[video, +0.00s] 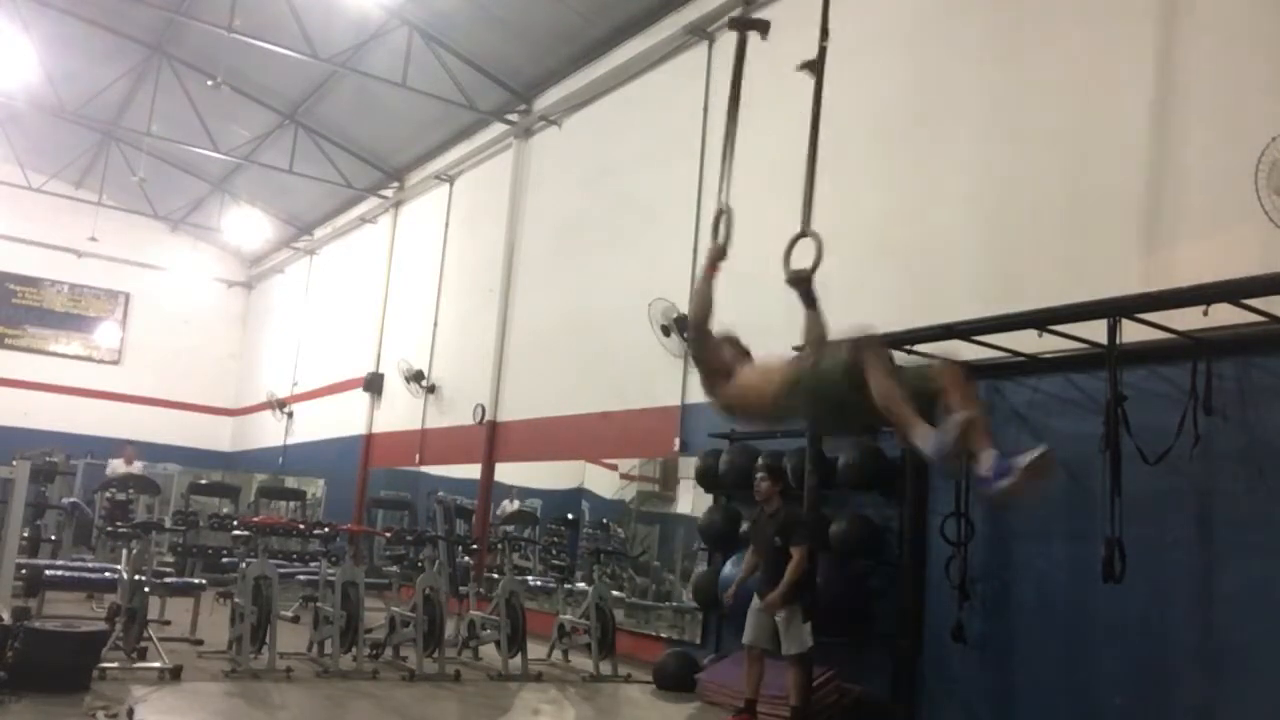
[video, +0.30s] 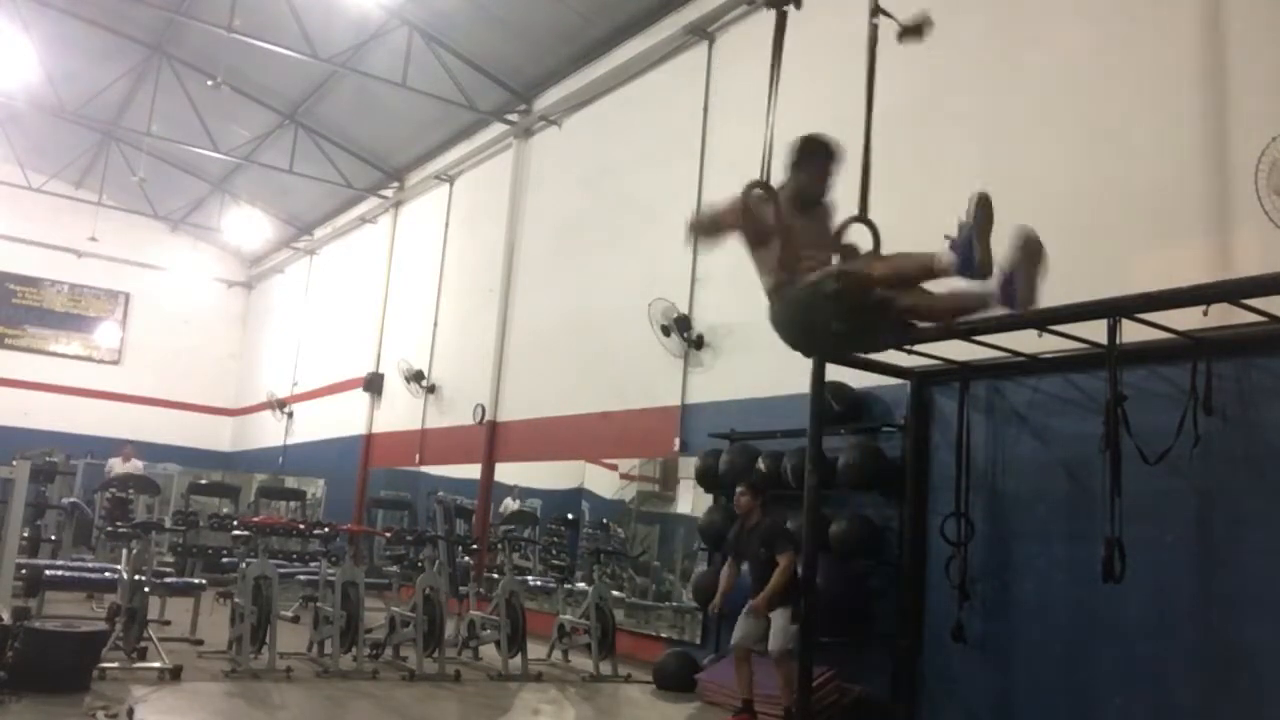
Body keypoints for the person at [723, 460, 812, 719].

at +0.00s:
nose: (756, 486)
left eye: (762, 481)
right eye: (755, 481)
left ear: (777, 485)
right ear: (756, 485)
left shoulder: (793, 516)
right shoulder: (760, 517)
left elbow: (800, 558)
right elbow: (754, 554)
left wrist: (779, 593)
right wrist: (735, 584)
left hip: (790, 595)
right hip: (762, 593)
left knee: (795, 657)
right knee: (752, 650)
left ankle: (796, 711)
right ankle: (749, 708)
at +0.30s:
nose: (737, 500)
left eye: (743, 495)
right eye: (736, 495)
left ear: (757, 500)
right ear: (736, 500)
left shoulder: (773, 526)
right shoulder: (739, 530)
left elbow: (787, 564)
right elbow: (731, 566)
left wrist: (765, 598)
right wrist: (719, 595)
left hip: (784, 597)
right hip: (757, 596)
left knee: (779, 653)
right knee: (739, 648)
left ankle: (789, 708)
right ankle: (747, 707)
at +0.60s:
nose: (727, 539)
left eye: (733, 534)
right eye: (726, 534)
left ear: (747, 537)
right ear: (724, 536)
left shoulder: (765, 559)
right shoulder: (731, 564)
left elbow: (775, 601)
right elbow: (723, 599)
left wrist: (743, 631)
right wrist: (714, 624)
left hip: (784, 622)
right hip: (758, 624)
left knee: (764, 663)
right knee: (723, 655)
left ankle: (785, 712)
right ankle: (745, 708)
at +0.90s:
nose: (725, 580)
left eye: (731, 574)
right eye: (723, 575)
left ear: (746, 576)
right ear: (720, 576)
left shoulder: (760, 599)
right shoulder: (734, 602)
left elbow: (763, 642)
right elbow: (721, 633)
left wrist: (721, 656)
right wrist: (712, 653)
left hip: (784, 655)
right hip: (756, 655)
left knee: (756, 671)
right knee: (713, 661)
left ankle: (782, 713)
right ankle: (744, 709)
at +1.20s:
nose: (732, 583)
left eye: (738, 578)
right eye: (731, 579)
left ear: (753, 580)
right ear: (729, 581)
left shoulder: (768, 604)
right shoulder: (737, 605)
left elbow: (767, 645)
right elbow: (723, 633)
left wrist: (724, 656)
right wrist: (714, 648)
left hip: (785, 661)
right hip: (752, 659)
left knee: (759, 668)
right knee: (715, 660)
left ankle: (782, 713)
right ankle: (743, 708)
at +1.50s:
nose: (733, 586)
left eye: (739, 581)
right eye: (731, 581)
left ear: (754, 582)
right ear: (730, 582)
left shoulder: (768, 606)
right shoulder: (736, 607)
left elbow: (766, 647)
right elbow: (723, 632)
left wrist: (722, 657)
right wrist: (711, 650)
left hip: (784, 663)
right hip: (752, 660)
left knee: (757, 668)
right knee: (713, 661)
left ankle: (781, 713)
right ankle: (744, 708)